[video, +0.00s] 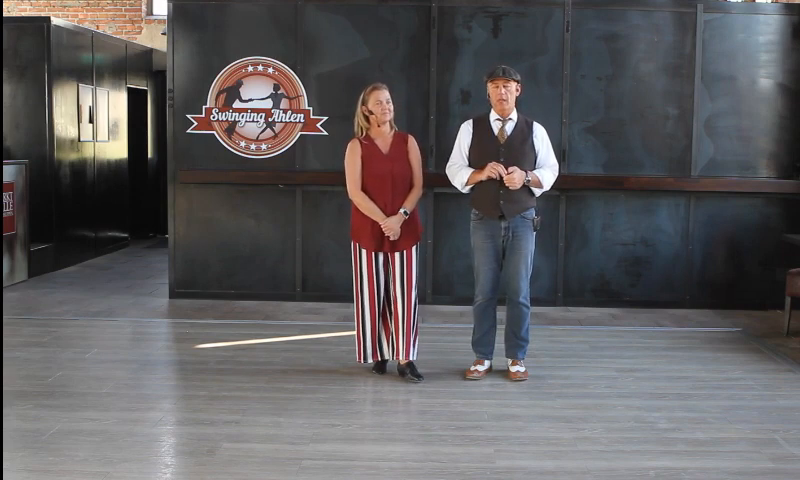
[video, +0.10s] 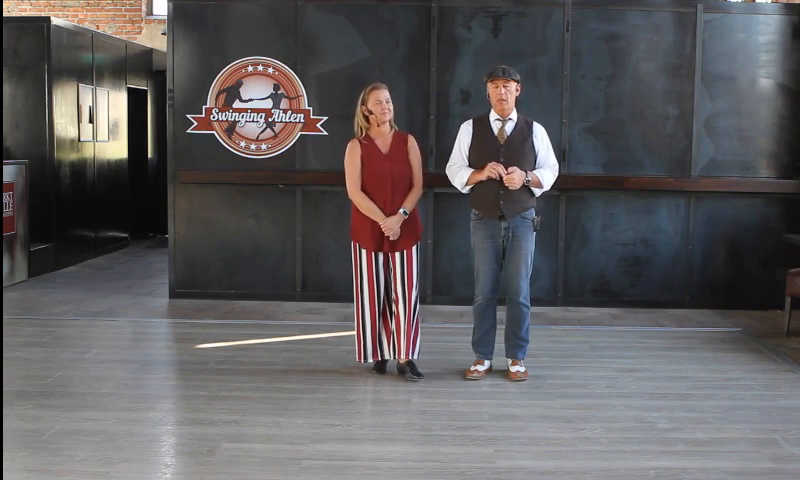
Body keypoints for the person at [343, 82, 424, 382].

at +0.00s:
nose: (385, 106)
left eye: (388, 101)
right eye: (378, 102)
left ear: (394, 106)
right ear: (366, 109)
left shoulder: (408, 142)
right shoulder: (356, 146)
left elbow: (418, 186)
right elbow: (354, 192)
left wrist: (401, 216)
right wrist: (385, 220)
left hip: (404, 229)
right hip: (369, 231)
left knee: (405, 294)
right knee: (372, 295)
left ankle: (405, 358)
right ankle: (378, 355)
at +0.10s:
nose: (385, 106)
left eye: (387, 101)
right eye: (378, 102)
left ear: (393, 105)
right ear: (366, 109)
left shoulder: (408, 142)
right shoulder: (356, 146)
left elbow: (418, 185)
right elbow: (354, 192)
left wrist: (400, 216)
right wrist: (385, 220)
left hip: (404, 229)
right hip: (369, 230)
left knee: (406, 294)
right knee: (372, 294)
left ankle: (406, 357)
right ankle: (378, 354)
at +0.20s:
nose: (385, 106)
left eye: (388, 101)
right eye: (378, 103)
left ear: (394, 106)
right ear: (366, 110)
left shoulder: (409, 141)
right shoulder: (356, 146)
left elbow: (418, 185)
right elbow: (353, 192)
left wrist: (400, 216)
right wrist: (385, 221)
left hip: (405, 229)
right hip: (369, 230)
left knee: (405, 293)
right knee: (372, 294)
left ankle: (404, 355)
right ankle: (378, 355)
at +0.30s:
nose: (385, 107)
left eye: (388, 102)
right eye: (379, 103)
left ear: (394, 106)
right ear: (367, 110)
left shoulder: (409, 141)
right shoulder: (357, 146)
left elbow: (419, 185)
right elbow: (354, 192)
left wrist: (399, 216)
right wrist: (385, 221)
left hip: (404, 229)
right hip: (369, 230)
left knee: (403, 292)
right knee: (372, 293)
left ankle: (402, 353)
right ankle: (378, 354)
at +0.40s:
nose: (387, 106)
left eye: (390, 101)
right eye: (380, 103)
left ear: (396, 106)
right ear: (369, 110)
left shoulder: (411, 141)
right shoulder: (358, 146)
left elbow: (420, 185)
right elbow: (354, 191)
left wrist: (400, 215)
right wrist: (384, 221)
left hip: (406, 229)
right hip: (370, 230)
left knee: (403, 293)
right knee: (372, 294)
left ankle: (399, 354)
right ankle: (377, 355)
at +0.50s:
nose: (388, 106)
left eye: (391, 101)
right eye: (381, 103)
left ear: (397, 105)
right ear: (370, 109)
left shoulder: (412, 141)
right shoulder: (359, 146)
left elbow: (422, 185)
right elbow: (355, 191)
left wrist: (401, 215)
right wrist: (385, 221)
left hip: (406, 229)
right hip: (371, 230)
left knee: (404, 293)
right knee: (373, 293)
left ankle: (397, 355)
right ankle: (377, 355)